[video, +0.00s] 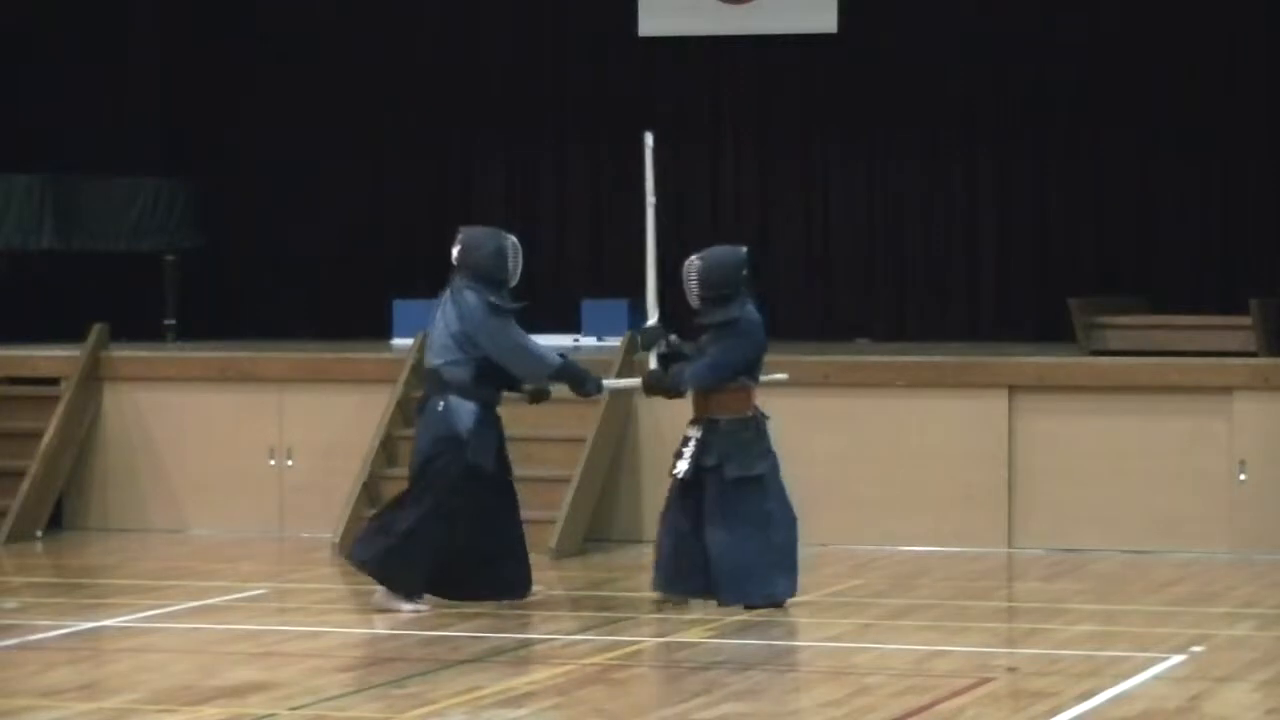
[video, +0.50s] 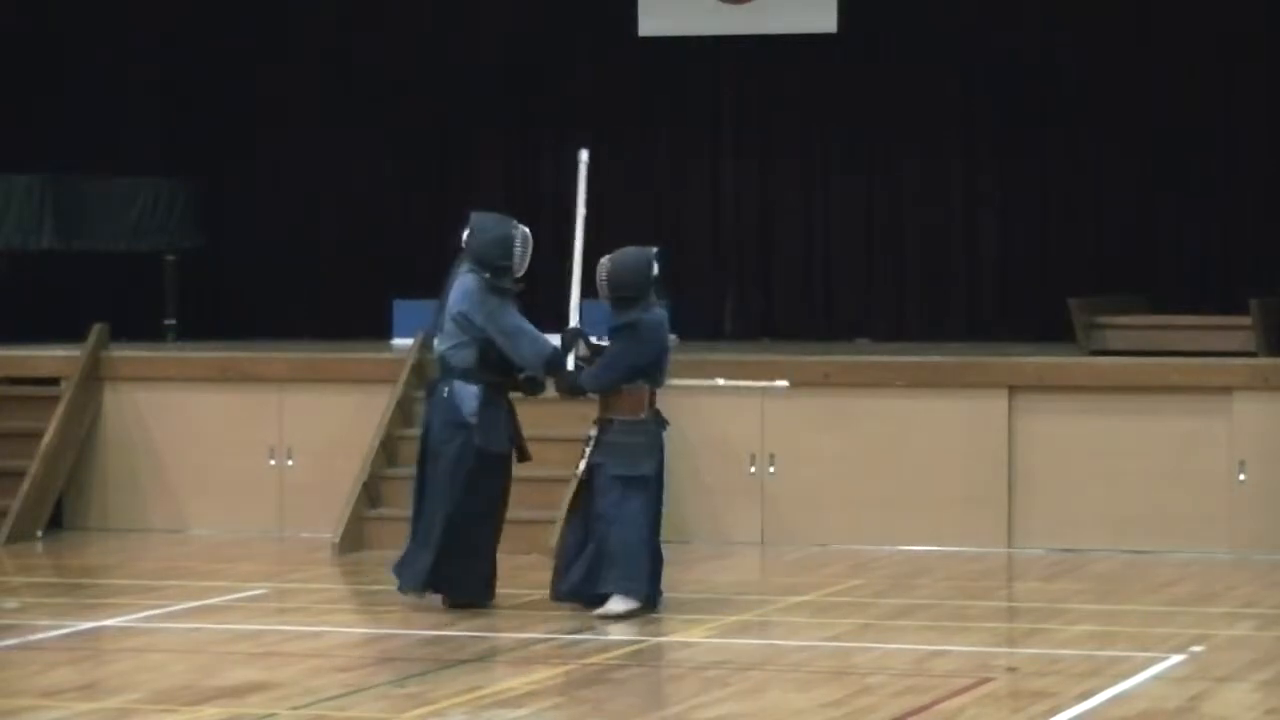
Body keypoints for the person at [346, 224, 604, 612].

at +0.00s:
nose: (513, 268)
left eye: (512, 259)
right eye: (507, 260)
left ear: (468, 260)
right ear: (491, 262)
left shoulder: (461, 297)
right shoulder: (474, 302)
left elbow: (479, 359)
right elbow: (516, 350)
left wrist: (524, 383)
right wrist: (571, 373)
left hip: (464, 408)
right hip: (459, 411)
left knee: (490, 496)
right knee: (443, 497)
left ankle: (502, 580)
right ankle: (398, 583)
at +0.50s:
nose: (519, 261)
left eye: (519, 253)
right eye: (514, 253)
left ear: (479, 252)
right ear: (498, 256)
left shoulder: (477, 284)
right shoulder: (477, 291)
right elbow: (528, 347)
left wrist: (533, 368)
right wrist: (556, 356)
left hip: (476, 398)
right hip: (470, 402)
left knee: (477, 490)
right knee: (473, 491)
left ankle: (468, 584)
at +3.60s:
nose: (498, 254)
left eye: (503, 245)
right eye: (489, 246)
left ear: (509, 249)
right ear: (467, 250)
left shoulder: (508, 296)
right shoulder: (449, 304)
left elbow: (535, 345)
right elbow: (489, 333)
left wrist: (561, 338)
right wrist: (546, 312)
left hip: (485, 412)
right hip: (449, 412)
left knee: (482, 506)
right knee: (445, 506)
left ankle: (478, 606)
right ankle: (430, 604)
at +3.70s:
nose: (498, 253)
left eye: (502, 244)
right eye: (489, 244)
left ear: (508, 248)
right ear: (468, 249)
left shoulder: (506, 296)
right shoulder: (448, 300)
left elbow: (534, 347)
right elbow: (481, 335)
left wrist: (562, 320)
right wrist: (539, 309)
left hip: (485, 412)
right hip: (450, 411)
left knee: (481, 507)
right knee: (453, 506)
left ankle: (474, 604)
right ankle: (443, 603)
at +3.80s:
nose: (497, 253)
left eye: (502, 244)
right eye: (488, 244)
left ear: (508, 249)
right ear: (467, 248)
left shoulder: (508, 295)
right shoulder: (446, 294)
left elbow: (531, 350)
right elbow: (467, 343)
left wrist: (546, 311)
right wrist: (528, 309)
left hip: (488, 410)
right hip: (450, 408)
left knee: (479, 507)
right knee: (443, 504)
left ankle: (474, 607)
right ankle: (431, 601)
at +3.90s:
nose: (494, 251)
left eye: (499, 242)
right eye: (486, 242)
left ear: (505, 247)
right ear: (465, 246)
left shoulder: (502, 293)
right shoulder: (446, 296)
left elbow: (514, 353)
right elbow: (465, 351)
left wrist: (533, 322)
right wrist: (520, 316)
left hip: (489, 409)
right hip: (451, 408)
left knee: (481, 507)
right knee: (444, 503)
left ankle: (473, 608)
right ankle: (433, 600)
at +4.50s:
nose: (459, 256)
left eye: (462, 247)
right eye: (449, 248)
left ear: (468, 251)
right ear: (427, 253)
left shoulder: (472, 301)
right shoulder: (413, 310)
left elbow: (500, 361)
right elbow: (463, 348)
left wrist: (537, 363)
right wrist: (533, 346)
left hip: (462, 418)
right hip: (426, 419)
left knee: (469, 511)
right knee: (436, 512)